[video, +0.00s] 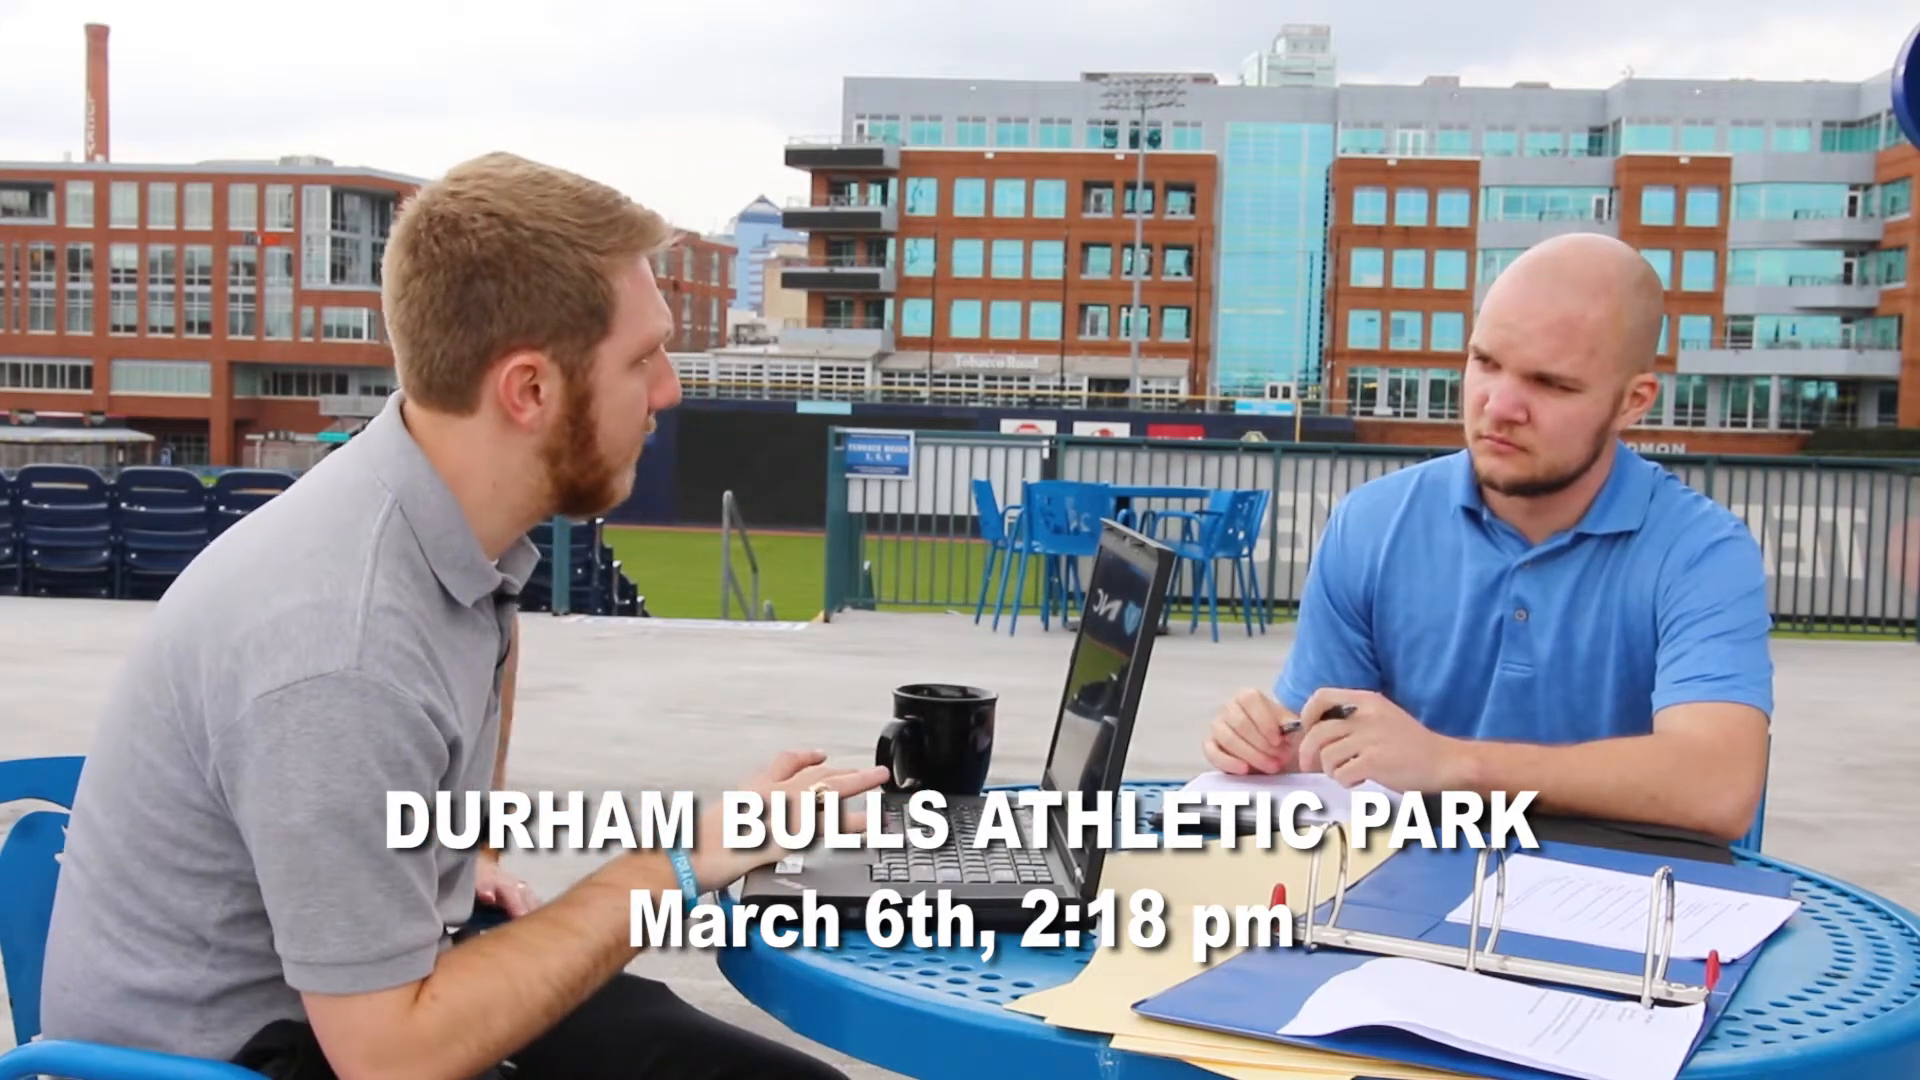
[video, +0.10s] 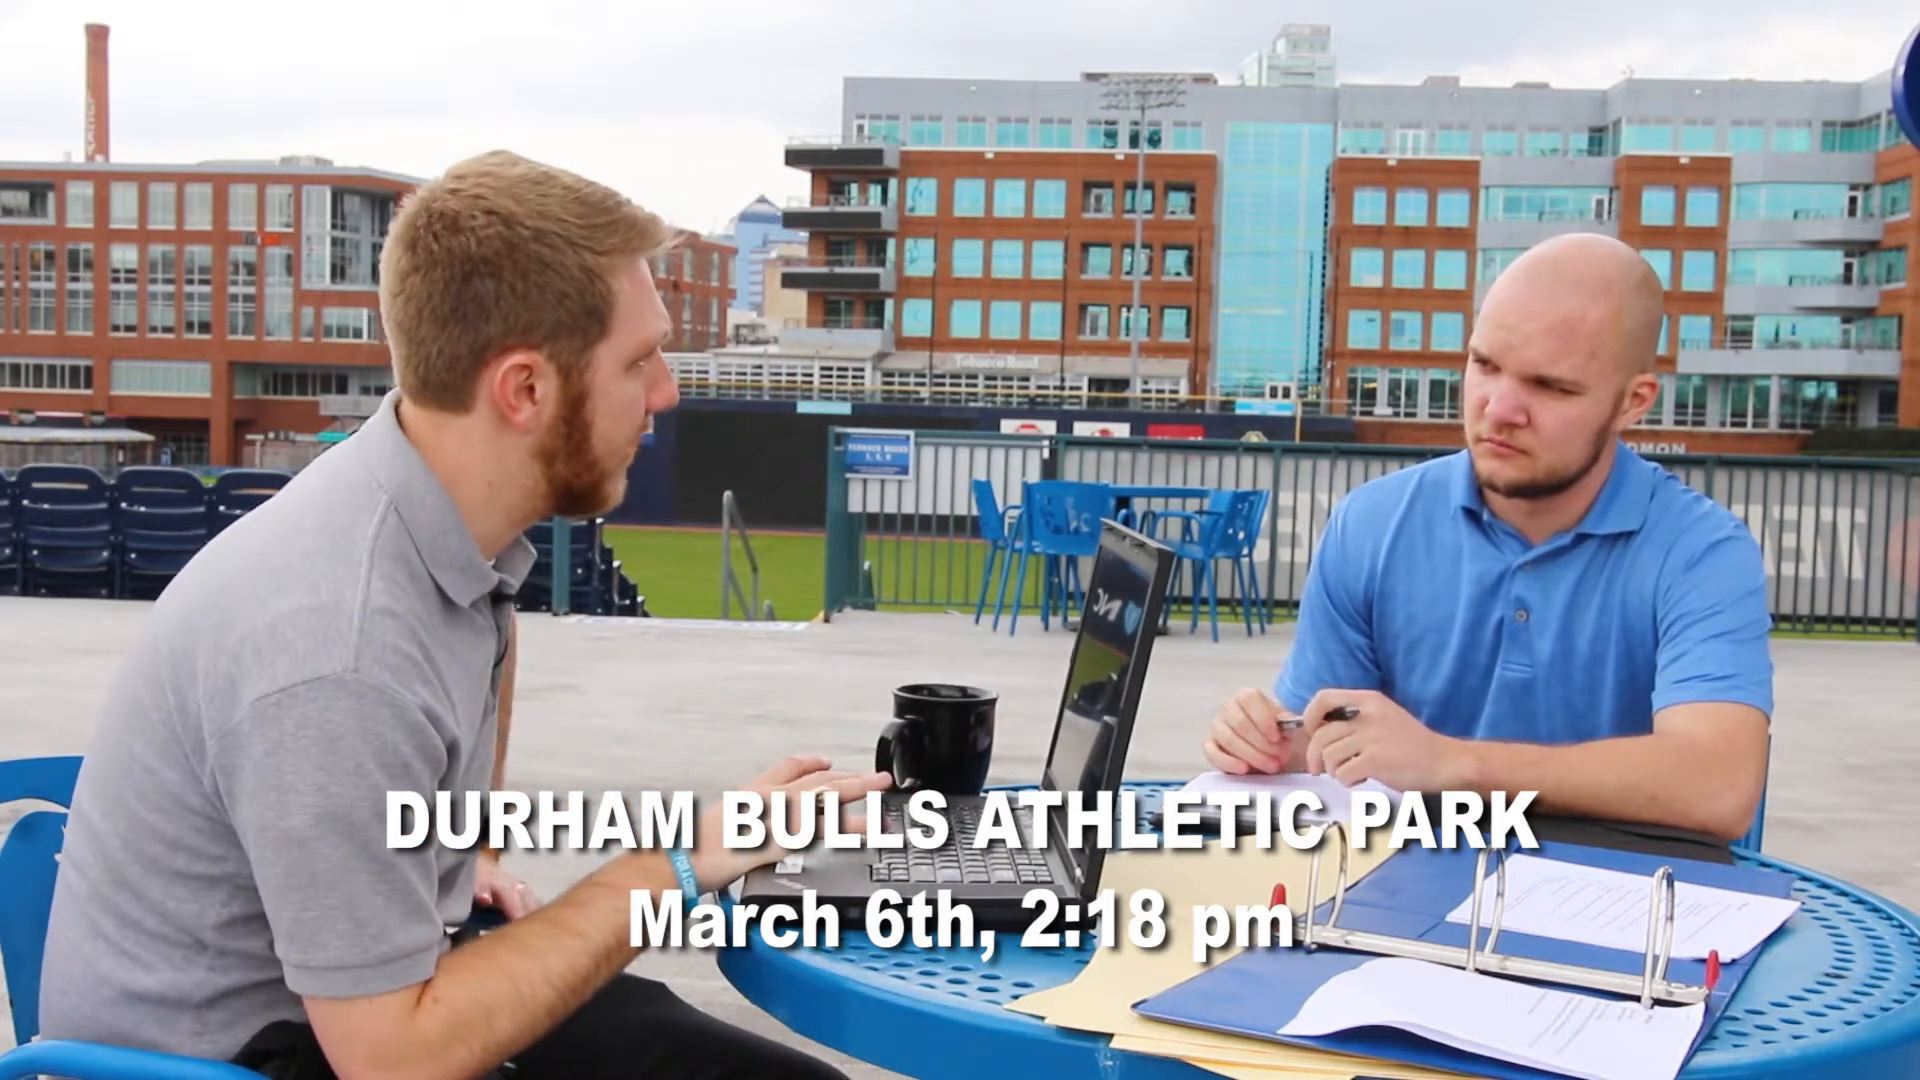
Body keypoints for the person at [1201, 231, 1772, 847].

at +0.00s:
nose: (1499, 406)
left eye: (1549, 383)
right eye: (1486, 364)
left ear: (1632, 403)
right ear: (1467, 353)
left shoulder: (1697, 552)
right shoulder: (1370, 525)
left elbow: (1713, 786)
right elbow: (1306, 730)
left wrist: (1446, 762)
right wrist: (1261, 736)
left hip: (1621, 917)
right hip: (1395, 894)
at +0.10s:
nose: (1499, 409)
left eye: (1549, 386)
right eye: (1486, 366)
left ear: (1631, 404)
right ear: (1467, 355)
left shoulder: (1697, 552)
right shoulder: (1371, 525)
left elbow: (1713, 786)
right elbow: (1307, 733)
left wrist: (1447, 762)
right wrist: (1262, 738)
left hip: (1621, 918)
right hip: (1395, 895)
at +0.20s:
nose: (1499, 409)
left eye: (1549, 386)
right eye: (1487, 366)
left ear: (1631, 405)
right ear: (1467, 355)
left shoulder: (1697, 551)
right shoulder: (1371, 525)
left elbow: (1713, 786)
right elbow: (1308, 733)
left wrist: (1447, 763)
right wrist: (1261, 737)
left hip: (1621, 918)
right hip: (1395, 896)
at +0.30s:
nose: (1500, 407)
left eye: (1551, 384)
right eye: (1488, 364)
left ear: (1633, 403)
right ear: (1468, 353)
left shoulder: (1697, 552)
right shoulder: (1370, 525)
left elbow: (1713, 786)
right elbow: (1306, 732)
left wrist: (1447, 762)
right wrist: (1260, 736)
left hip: (1620, 918)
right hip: (1394, 895)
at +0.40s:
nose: (1501, 409)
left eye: (1551, 386)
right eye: (1488, 366)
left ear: (1634, 404)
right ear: (1468, 354)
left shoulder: (1698, 553)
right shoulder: (1371, 525)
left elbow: (1713, 786)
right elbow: (1307, 731)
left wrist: (1446, 761)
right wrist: (1260, 736)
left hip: (1621, 918)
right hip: (1395, 895)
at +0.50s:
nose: (1501, 410)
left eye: (1551, 388)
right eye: (1488, 367)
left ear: (1633, 405)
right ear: (1468, 356)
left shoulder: (1698, 552)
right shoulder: (1370, 525)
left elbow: (1714, 786)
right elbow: (1306, 727)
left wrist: (1448, 761)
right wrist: (1260, 733)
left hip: (1623, 917)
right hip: (1395, 895)